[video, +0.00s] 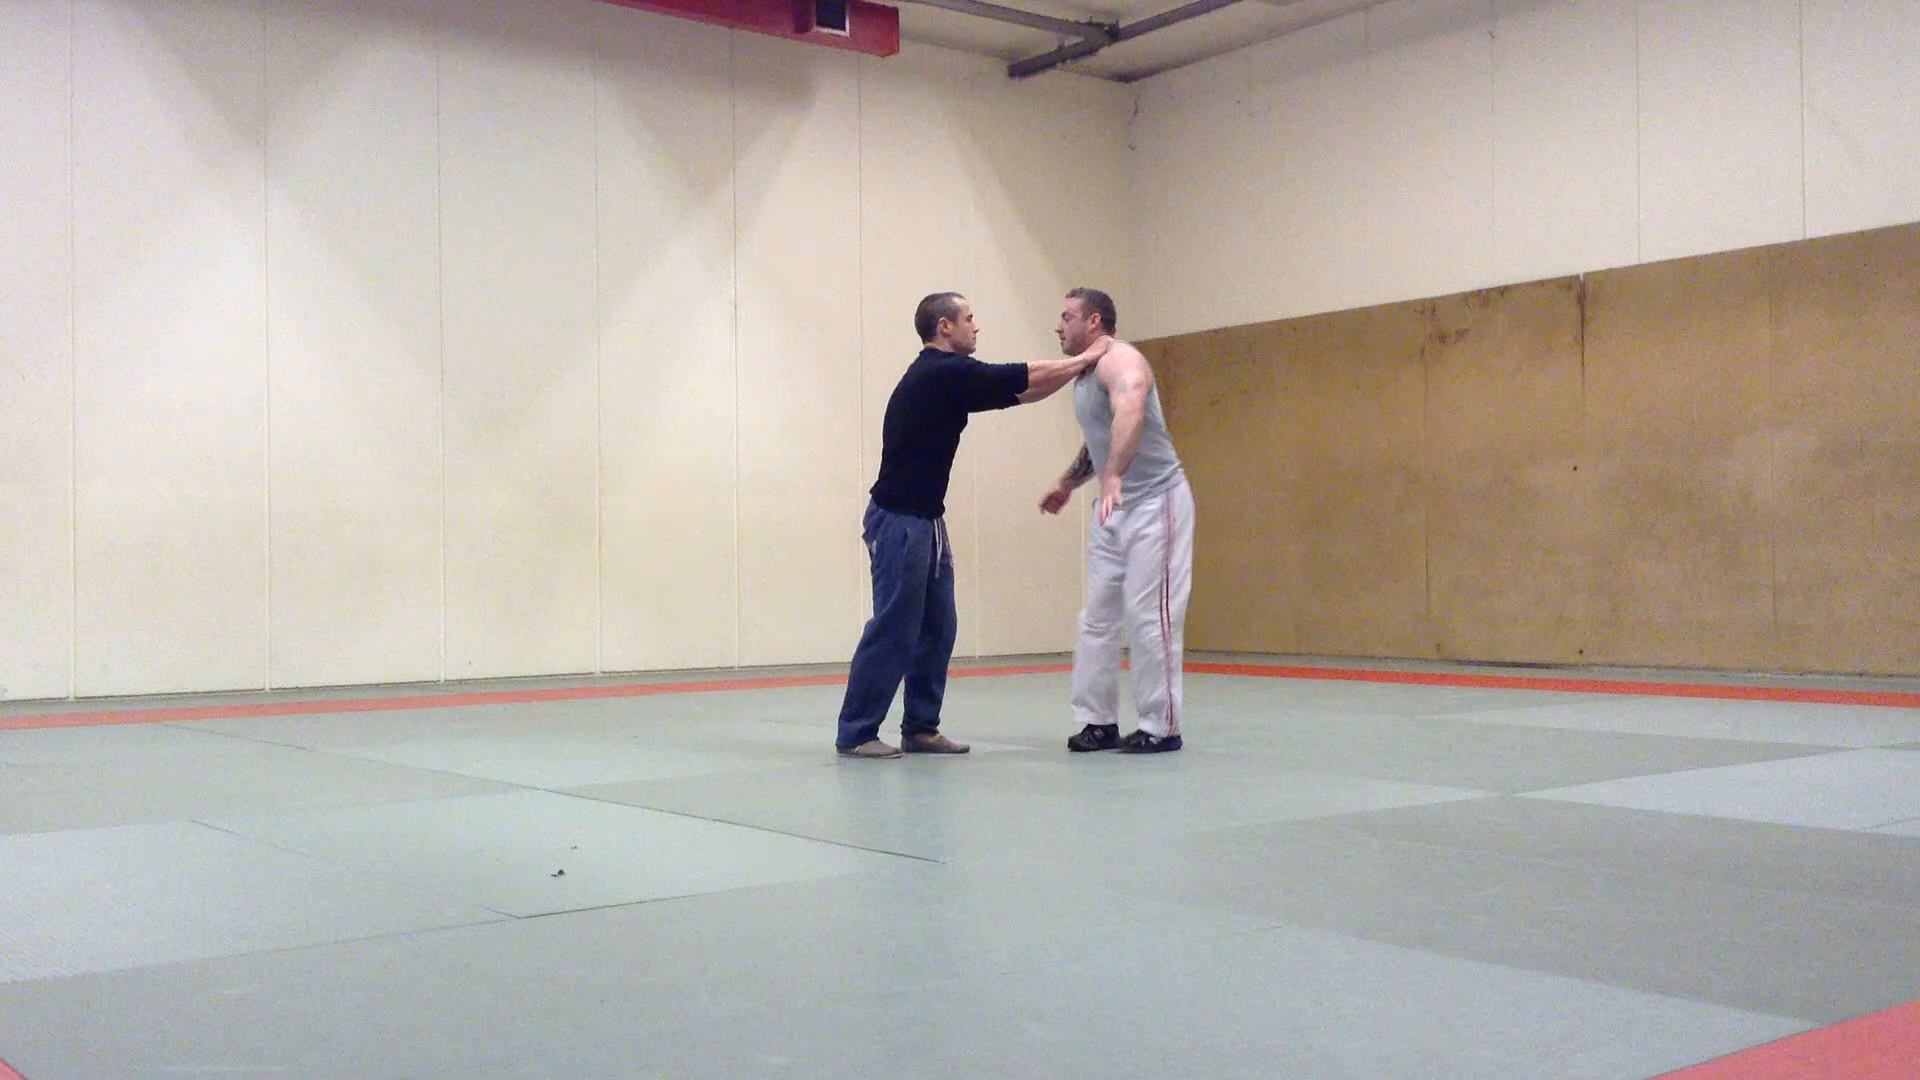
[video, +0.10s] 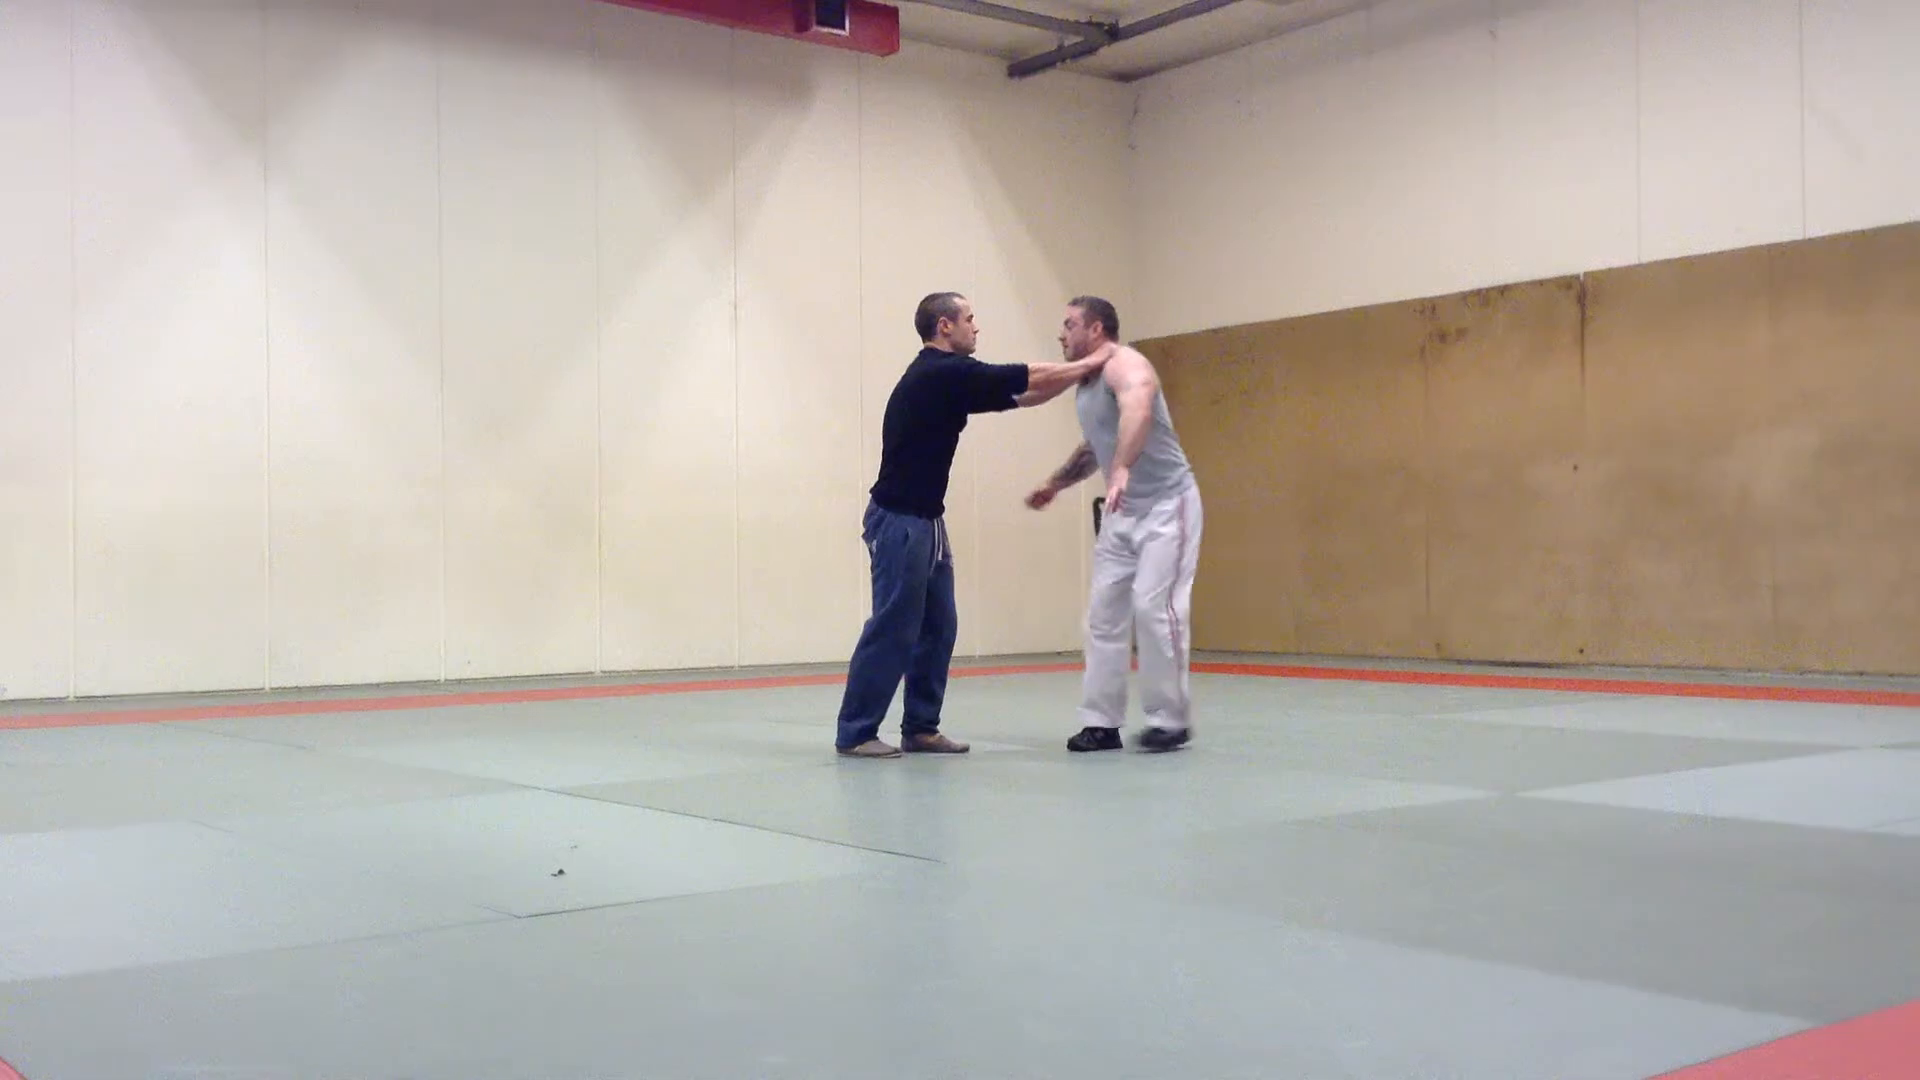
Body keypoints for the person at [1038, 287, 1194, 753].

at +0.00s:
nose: (1060, 326)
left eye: (1068, 317)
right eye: (1061, 318)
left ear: (1094, 321)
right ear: (1086, 321)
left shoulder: (1121, 358)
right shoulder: (1085, 373)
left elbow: (1132, 409)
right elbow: (1098, 442)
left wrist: (1113, 476)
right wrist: (1066, 485)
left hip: (1157, 503)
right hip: (1113, 507)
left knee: (1149, 615)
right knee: (1100, 615)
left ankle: (1160, 727)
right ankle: (1099, 722)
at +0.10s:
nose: (1063, 334)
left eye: (1070, 325)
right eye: (1064, 326)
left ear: (1096, 328)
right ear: (1088, 330)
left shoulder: (1126, 363)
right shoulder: (1085, 384)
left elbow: (1139, 407)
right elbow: (1095, 447)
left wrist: (1121, 466)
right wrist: (1054, 485)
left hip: (1168, 506)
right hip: (1123, 510)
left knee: (1154, 608)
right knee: (1105, 613)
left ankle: (1170, 721)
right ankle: (1102, 723)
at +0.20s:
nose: (1075, 344)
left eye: (1081, 336)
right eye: (1075, 337)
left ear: (1107, 338)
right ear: (1100, 339)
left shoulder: (1139, 371)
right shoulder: (1096, 396)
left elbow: (1151, 408)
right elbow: (1084, 452)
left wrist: (1149, 452)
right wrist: (1032, 463)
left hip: (1180, 515)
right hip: (1132, 518)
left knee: (1184, 618)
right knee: (1102, 616)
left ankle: (1232, 707)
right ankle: (1102, 725)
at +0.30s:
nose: (1090, 352)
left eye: (1096, 343)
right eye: (1090, 344)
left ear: (1122, 345)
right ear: (1114, 346)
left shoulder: (1148, 376)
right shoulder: (1110, 402)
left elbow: (1183, 395)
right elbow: (1080, 436)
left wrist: (1202, 425)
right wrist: (1038, 406)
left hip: (1195, 530)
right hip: (1139, 530)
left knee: (1239, 625)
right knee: (1102, 616)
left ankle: (1295, 706)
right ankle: (1101, 726)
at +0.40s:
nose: (1111, 352)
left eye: (1118, 343)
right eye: (1110, 344)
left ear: (1145, 346)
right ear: (1118, 350)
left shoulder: (1172, 378)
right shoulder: (1120, 395)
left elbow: (1223, 383)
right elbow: (1079, 405)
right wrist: (1061, 366)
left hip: (1216, 530)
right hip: (1155, 528)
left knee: (1280, 619)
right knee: (1108, 611)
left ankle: (1329, 715)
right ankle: (1103, 723)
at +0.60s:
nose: (1194, 342)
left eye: (1202, 333)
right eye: (1186, 334)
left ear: (1219, 339)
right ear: (1174, 342)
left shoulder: (1255, 376)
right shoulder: (1158, 384)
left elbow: (1312, 409)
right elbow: (1088, 389)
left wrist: (1339, 472)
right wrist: (1098, 366)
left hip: (1247, 526)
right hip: (1178, 526)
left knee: (1303, 604)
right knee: (1128, 606)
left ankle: (1332, 711)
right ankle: (1101, 712)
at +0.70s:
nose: (1241, 348)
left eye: (1248, 339)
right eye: (1230, 339)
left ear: (1256, 344)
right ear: (1208, 344)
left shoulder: (1276, 389)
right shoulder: (1188, 393)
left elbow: (1293, 437)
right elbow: (1133, 403)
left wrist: (1308, 490)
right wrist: (1100, 385)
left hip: (1250, 528)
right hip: (1183, 526)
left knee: (1308, 605)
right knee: (1132, 604)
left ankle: (1331, 711)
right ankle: (1084, 711)